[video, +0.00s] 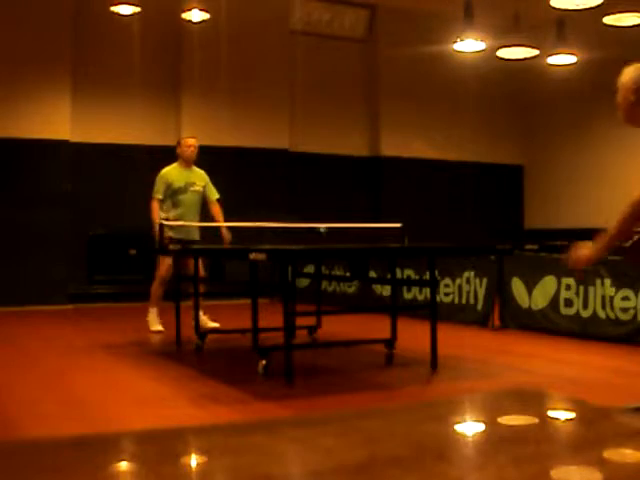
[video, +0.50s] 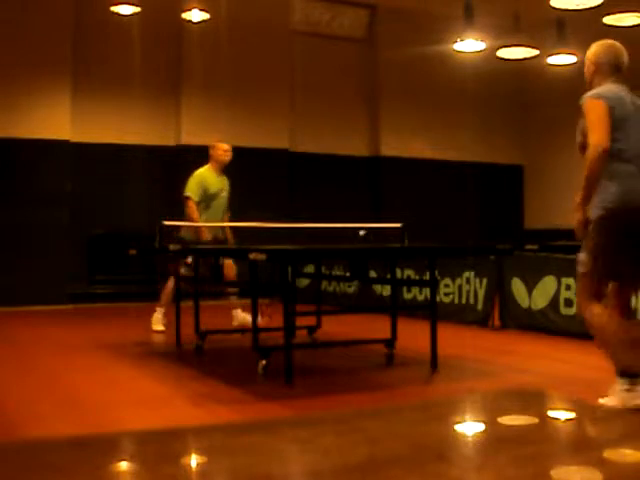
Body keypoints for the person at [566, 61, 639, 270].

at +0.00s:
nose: (617, 99)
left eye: (620, 91)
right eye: (618, 91)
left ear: (634, 94)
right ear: (629, 92)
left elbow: (635, 207)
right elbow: (635, 208)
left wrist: (597, 249)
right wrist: (598, 248)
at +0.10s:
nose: (606, 99)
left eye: (609, 90)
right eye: (607, 90)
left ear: (624, 90)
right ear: (630, 89)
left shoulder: (637, 119)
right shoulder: (635, 120)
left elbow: (632, 179)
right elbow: (631, 180)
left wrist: (587, 221)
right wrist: (590, 221)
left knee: (638, 294)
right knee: (637, 294)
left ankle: (637, 383)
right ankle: (636, 382)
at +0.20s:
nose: (599, 88)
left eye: (604, 80)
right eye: (601, 80)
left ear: (618, 84)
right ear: (629, 84)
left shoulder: (629, 111)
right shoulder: (633, 112)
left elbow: (621, 164)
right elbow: (623, 167)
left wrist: (576, 215)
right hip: (639, 235)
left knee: (626, 297)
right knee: (626, 297)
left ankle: (635, 385)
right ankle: (634, 384)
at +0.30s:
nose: (595, 82)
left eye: (598, 75)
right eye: (596, 75)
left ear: (609, 77)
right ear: (629, 77)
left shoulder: (619, 106)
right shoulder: (632, 106)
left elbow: (617, 156)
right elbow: (617, 161)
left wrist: (578, 208)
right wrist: (579, 208)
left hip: (636, 232)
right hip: (633, 232)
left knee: (626, 299)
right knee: (617, 294)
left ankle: (634, 385)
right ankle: (633, 384)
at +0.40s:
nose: (591, 74)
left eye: (593, 68)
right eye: (593, 67)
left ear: (602, 70)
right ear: (625, 72)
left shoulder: (607, 101)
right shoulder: (631, 101)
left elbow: (610, 149)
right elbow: (618, 155)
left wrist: (584, 203)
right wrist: (593, 206)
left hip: (625, 217)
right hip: (631, 217)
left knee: (607, 300)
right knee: (616, 300)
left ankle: (635, 384)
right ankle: (633, 384)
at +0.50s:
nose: (584, 70)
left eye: (586, 65)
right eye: (586, 65)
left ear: (593, 67)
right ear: (620, 68)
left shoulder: (597, 98)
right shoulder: (632, 99)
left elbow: (600, 146)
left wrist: (582, 200)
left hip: (613, 209)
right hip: (635, 208)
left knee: (589, 297)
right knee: (620, 297)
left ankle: (630, 378)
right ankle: (628, 381)